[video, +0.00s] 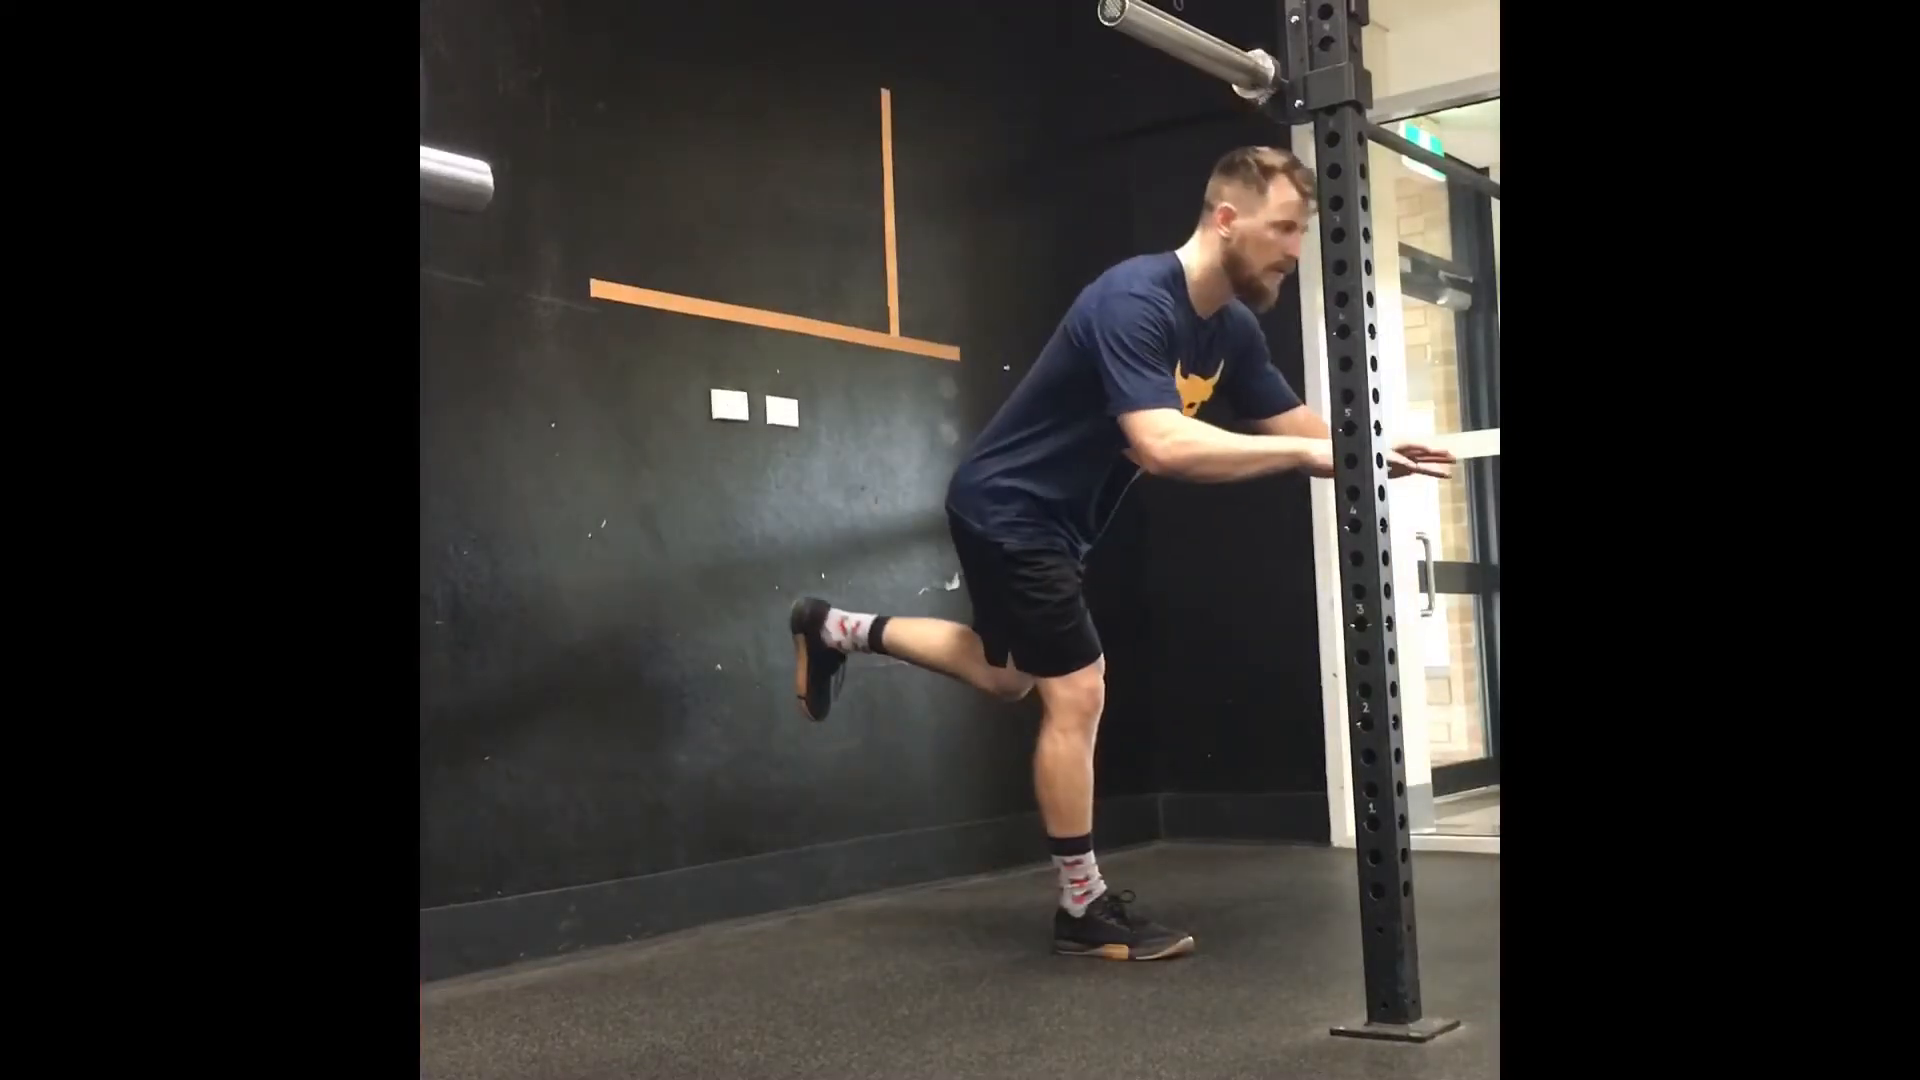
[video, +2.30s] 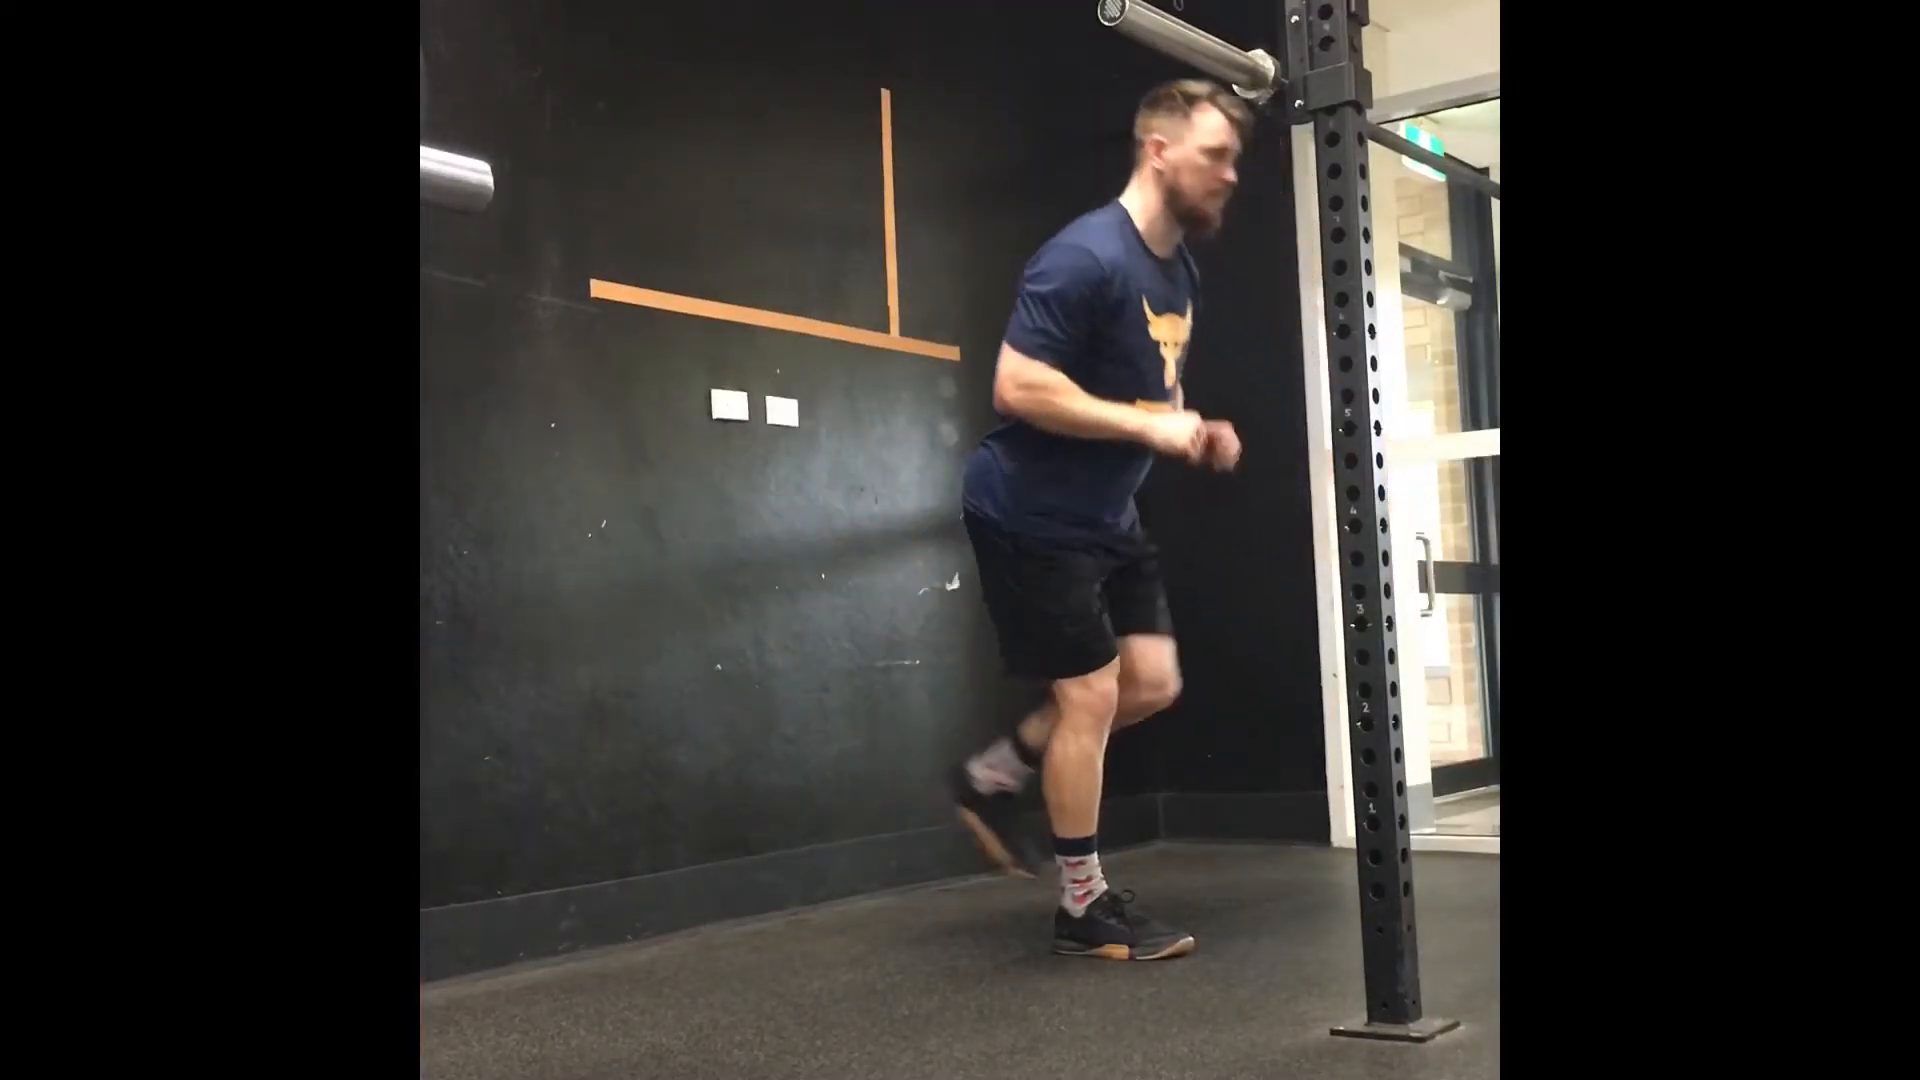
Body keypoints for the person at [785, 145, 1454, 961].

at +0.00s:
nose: (1297, 249)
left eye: (1302, 231)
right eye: (1285, 227)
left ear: (1244, 226)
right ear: (1223, 218)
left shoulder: (1232, 325)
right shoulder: (1133, 300)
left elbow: (1285, 424)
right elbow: (1160, 444)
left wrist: (1375, 448)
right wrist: (1308, 458)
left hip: (1057, 518)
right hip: (1005, 507)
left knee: (1003, 671)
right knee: (1076, 691)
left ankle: (835, 630)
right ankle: (1084, 911)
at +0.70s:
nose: (1336, 342)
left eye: (1340, 326)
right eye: (1328, 322)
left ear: (1287, 310)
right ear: (1274, 306)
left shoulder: (1280, 390)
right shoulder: (1174, 365)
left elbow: (1368, 459)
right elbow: (1260, 488)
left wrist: (1466, 500)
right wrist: (1404, 507)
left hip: (1047, 518)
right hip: (1000, 508)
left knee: (947, 610)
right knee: (1078, 688)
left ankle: (816, 493)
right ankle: (1085, 909)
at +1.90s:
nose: (1328, 304)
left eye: (1332, 287)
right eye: (1320, 284)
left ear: (1280, 280)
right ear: (1260, 272)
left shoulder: (1266, 373)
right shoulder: (1160, 340)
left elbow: (1291, 496)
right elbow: (1161, 495)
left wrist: (1381, 562)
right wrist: (1304, 543)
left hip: (1055, 522)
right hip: (1009, 507)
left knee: (945, 631)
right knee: (1085, 690)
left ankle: (805, 538)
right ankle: (1082, 906)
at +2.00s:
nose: (1317, 273)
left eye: (1321, 254)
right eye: (1306, 252)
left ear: (1266, 250)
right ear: (1246, 244)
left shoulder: (1248, 351)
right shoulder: (1144, 324)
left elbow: (1244, 476)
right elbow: (1105, 471)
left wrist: (1291, 558)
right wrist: (1236, 535)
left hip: (1069, 522)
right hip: (1013, 507)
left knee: (974, 662)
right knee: (1090, 691)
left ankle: (823, 598)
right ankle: (1083, 904)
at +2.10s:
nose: (1299, 242)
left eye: (1302, 224)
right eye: (1285, 222)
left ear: (1250, 225)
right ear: (1225, 217)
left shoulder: (1230, 331)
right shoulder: (1127, 305)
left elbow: (1207, 441)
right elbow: (1064, 443)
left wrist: (1234, 520)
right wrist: (1192, 513)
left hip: (1081, 525)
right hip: (1019, 509)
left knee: (1028, 694)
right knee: (1093, 690)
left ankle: (861, 666)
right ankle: (1084, 903)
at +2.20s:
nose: (1269, 209)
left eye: (1273, 192)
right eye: (1254, 189)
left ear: (1216, 192)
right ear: (1195, 184)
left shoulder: (1208, 299)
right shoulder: (1105, 281)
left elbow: (1184, 402)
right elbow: (1035, 412)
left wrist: (1203, 478)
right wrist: (1162, 469)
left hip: (1099, 517)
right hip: (1026, 511)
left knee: (1075, 694)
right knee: (1088, 695)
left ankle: (917, 732)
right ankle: (1083, 903)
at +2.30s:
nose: (1231, 177)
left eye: (1235, 161)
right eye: (1217, 157)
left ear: (1182, 160)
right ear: (1157, 152)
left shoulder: (1178, 271)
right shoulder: (1081, 258)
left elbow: (1137, 393)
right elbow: (1018, 388)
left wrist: (1195, 431)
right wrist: (1149, 424)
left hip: (1110, 514)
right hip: (1030, 515)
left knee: (1148, 682)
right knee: (1084, 698)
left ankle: (991, 777)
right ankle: (1082, 904)